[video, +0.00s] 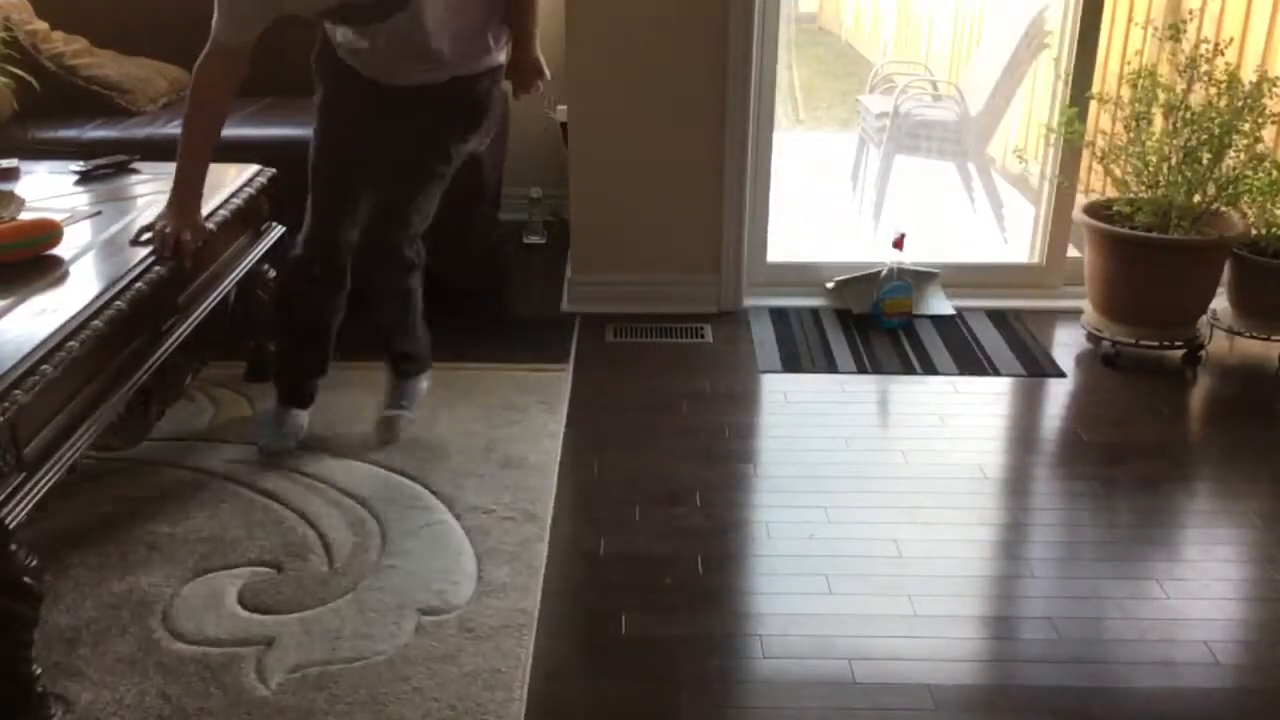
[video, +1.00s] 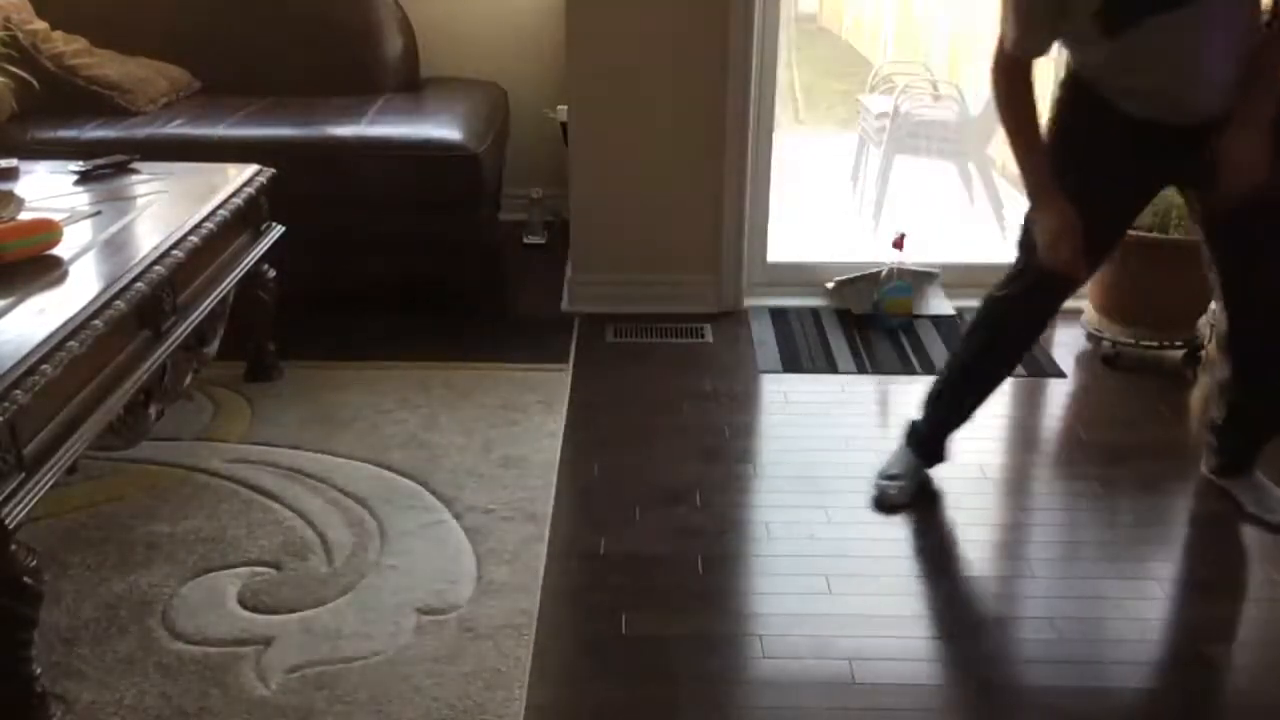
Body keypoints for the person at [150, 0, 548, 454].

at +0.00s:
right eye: (335, 23)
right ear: (326, 14)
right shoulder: (255, 3)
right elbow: (222, 60)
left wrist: (526, 49)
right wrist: (184, 200)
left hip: (458, 70)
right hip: (356, 64)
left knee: (391, 238)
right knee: (324, 240)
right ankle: (293, 401)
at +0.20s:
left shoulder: (491, 3)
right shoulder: (287, 8)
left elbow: (561, 23)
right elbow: (231, 78)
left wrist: (600, 121)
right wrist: (186, 201)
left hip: (506, 101)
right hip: (384, 103)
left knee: (558, 261)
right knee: (340, 270)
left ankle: (634, 387)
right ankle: (295, 406)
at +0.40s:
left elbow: (818, 2)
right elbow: (356, 16)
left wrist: (830, 113)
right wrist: (260, 114)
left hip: (649, 105)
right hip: (541, 103)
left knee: (667, 269)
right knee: (458, 260)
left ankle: (668, 412)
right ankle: (326, 397)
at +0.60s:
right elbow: (549, 27)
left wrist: (926, 27)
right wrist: (482, 156)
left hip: (827, 65)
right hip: (726, 55)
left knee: (771, 255)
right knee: (724, 245)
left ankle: (707, 388)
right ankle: (676, 405)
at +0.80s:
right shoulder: (833, 7)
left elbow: (1049, 19)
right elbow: (822, 92)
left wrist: (1004, 152)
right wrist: (843, 244)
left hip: (997, 106)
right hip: (886, 109)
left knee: (1053, 288)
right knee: (881, 306)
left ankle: (1084, 429)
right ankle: (817, 449)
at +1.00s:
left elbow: (1278, 23)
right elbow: (1009, 63)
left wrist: (1255, 119)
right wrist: (1043, 195)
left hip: (1227, 112)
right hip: (1110, 111)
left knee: (1265, 308)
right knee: (1037, 284)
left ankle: (1236, 459)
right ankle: (919, 446)